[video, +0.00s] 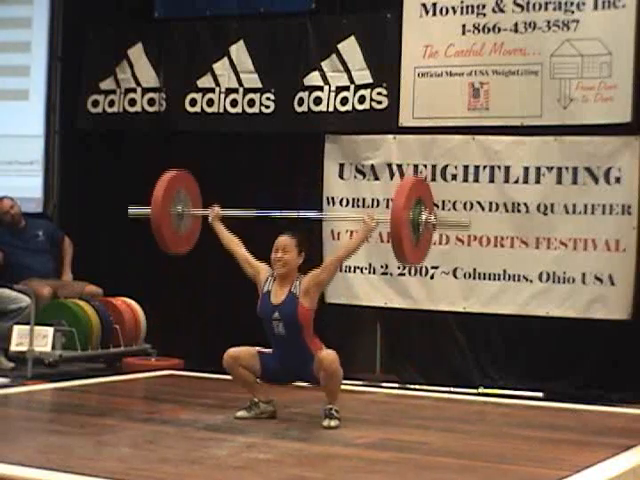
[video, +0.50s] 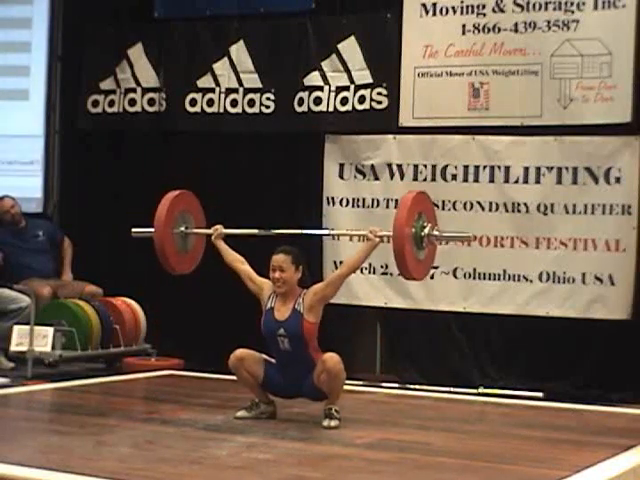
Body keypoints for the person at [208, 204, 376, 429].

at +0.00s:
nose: (278, 256)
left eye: (285, 251)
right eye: (275, 251)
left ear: (300, 257)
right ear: (271, 255)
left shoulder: (309, 285)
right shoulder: (264, 279)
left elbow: (336, 260)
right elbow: (239, 251)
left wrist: (363, 235)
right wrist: (215, 222)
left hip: (309, 363)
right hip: (278, 362)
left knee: (330, 358)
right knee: (231, 358)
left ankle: (331, 408)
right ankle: (262, 404)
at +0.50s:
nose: (276, 276)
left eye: (282, 270)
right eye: (273, 270)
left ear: (298, 272)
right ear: (269, 272)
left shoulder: (312, 298)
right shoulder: (266, 293)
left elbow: (344, 271)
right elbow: (241, 266)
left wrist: (371, 243)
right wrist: (218, 241)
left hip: (311, 378)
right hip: (278, 376)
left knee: (333, 362)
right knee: (237, 358)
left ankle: (331, 408)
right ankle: (264, 404)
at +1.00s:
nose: (269, 259)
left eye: (275, 253)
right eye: (266, 253)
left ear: (291, 255)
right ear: (262, 255)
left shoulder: (307, 280)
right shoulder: (260, 275)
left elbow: (339, 253)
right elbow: (236, 251)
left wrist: (362, 224)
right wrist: (213, 226)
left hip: (317, 345)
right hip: (283, 346)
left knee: (318, 356)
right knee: (242, 355)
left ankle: (330, 408)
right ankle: (264, 404)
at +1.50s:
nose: (255, 191)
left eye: (261, 185)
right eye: (252, 185)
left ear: (277, 189)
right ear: (248, 189)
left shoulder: (291, 216)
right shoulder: (245, 211)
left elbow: (318, 191)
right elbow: (220, 185)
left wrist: (344, 163)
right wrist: (198, 160)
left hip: (304, 292)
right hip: (271, 294)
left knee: (300, 343)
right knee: (247, 347)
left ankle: (324, 403)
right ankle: (262, 402)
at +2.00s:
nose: (232, 151)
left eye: (238, 145)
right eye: (229, 145)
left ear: (255, 148)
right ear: (226, 149)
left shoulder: (269, 176)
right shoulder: (224, 173)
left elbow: (302, 146)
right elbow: (202, 147)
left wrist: (331, 113)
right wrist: (181, 121)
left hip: (260, 272)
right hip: (228, 270)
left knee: (251, 342)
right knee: (215, 338)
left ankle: (247, 416)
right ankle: (231, 403)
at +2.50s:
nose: (217, 153)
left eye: (222, 147)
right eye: (213, 147)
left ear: (241, 147)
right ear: (211, 150)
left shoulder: (256, 176)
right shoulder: (211, 174)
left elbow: (290, 144)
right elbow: (188, 148)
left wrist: (319, 112)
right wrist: (170, 121)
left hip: (249, 272)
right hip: (215, 272)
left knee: (248, 346)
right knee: (214, 346)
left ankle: (247, 416)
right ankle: (213, 413)